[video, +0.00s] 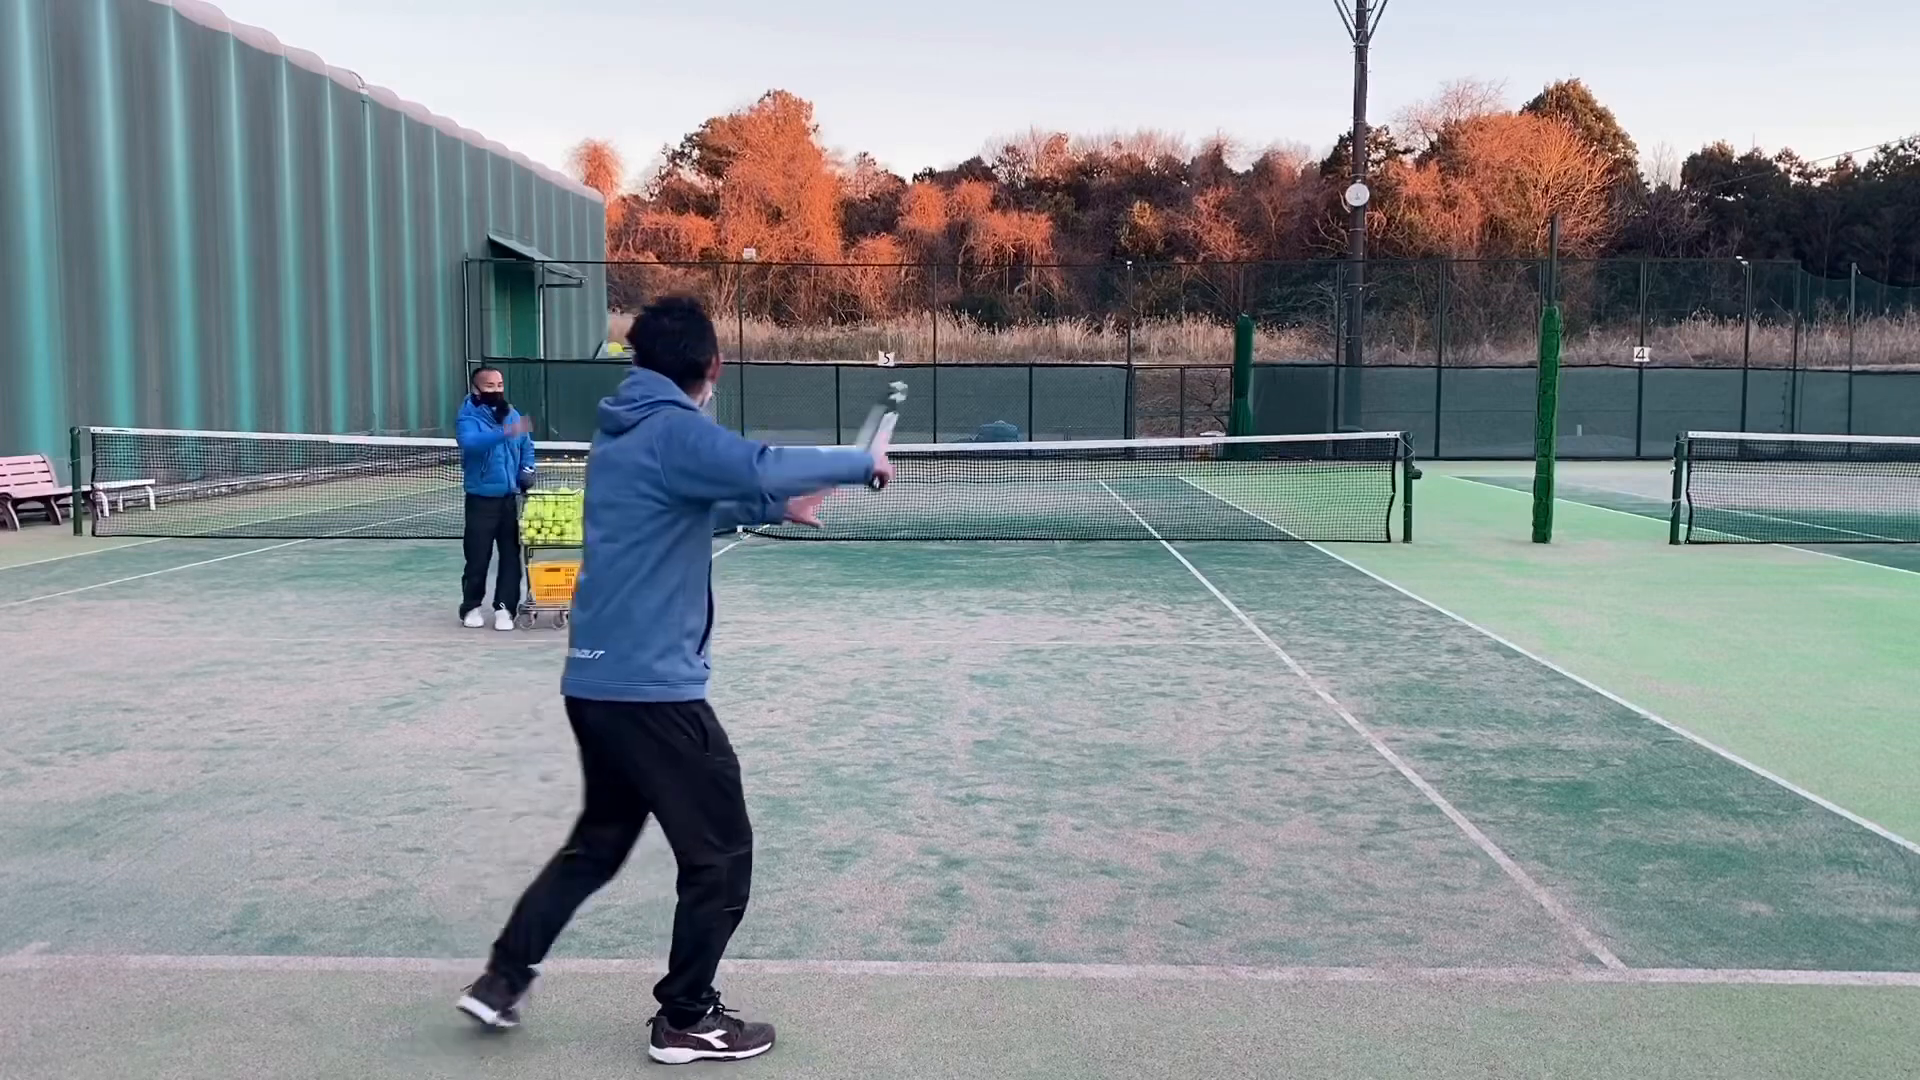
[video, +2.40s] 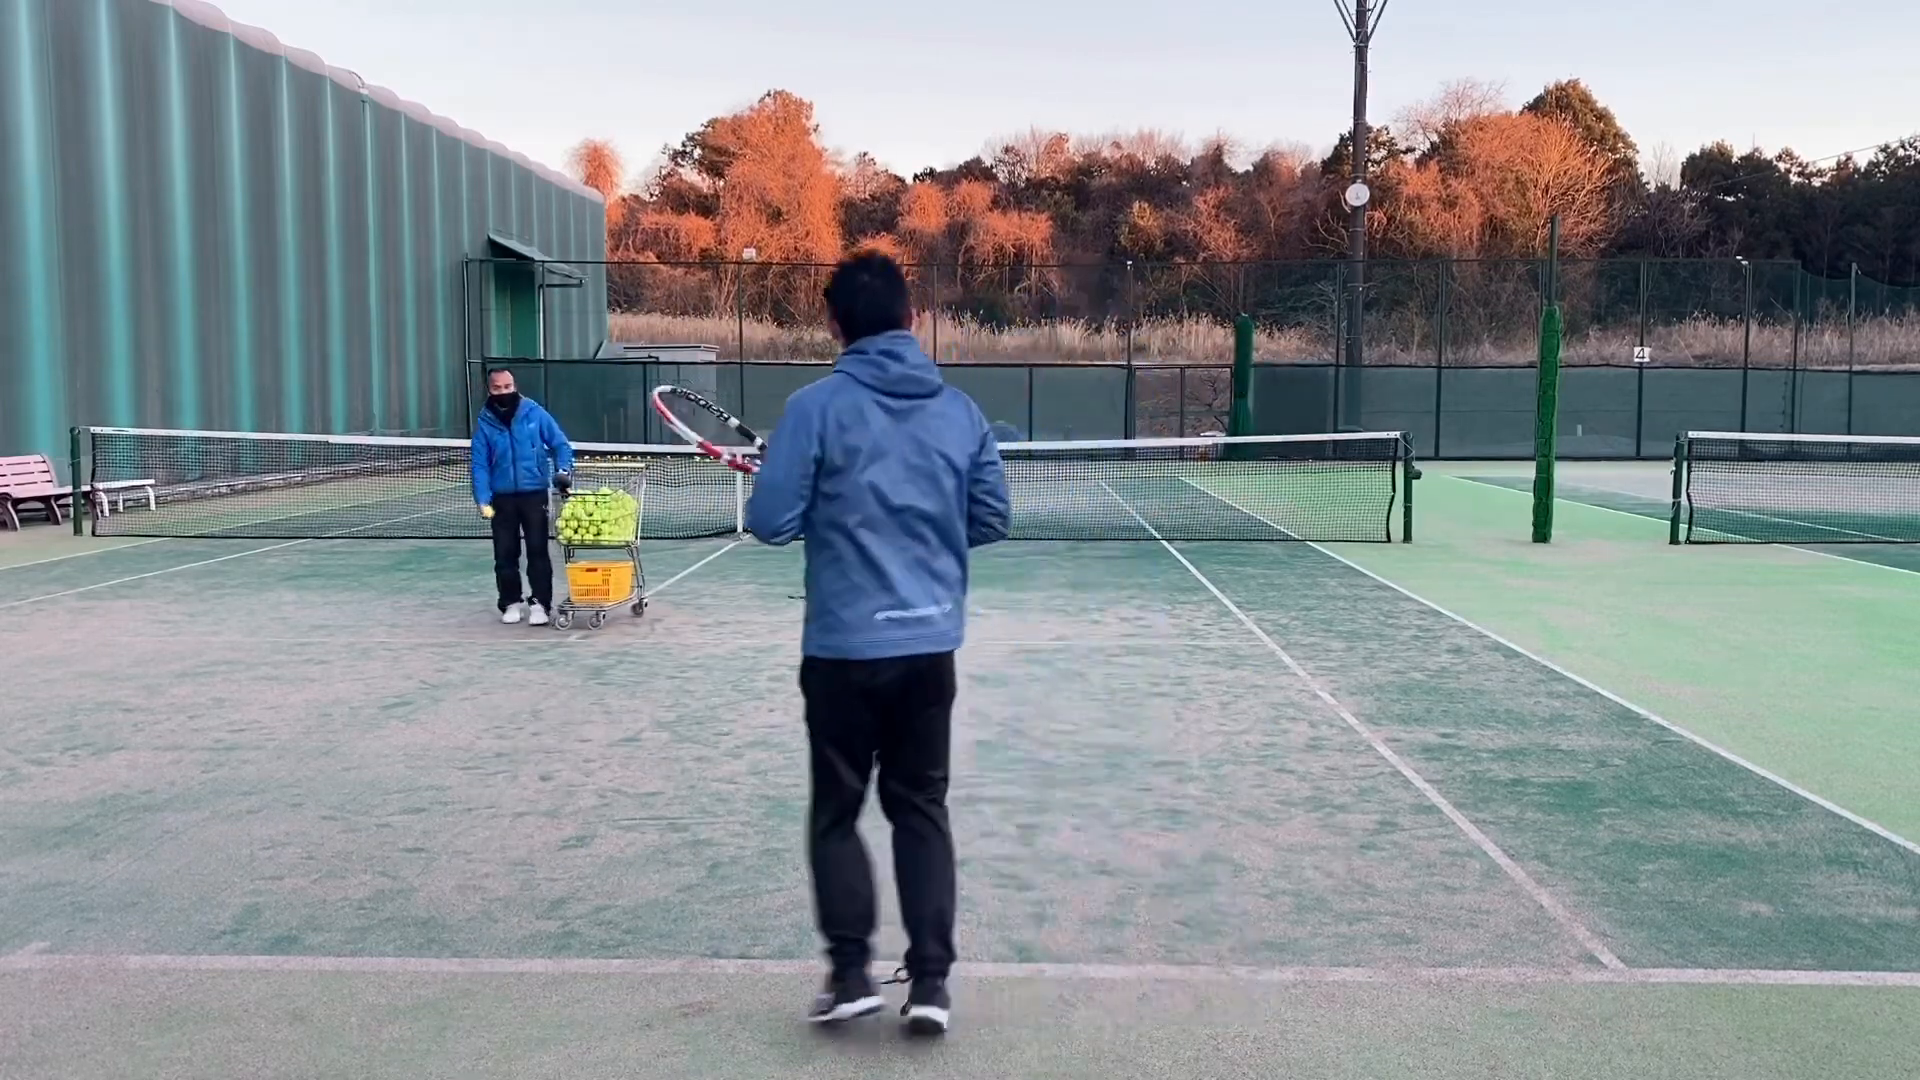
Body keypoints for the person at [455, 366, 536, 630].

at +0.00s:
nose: (497, 390)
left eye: (500, 385)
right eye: (490, 385)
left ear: (504, 386)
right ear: (476, 388)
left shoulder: (512, 415)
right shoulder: (468, 415)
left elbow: (528, 448)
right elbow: (468, 441)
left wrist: (527, 470)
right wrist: (505, 432)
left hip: (511, 496)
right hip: (481, 496)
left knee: (511, 557)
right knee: (478, 557)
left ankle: (504, 608)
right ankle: (471, 608)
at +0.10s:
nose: (497, 391)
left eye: (500, 386)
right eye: (491, 387)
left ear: (504, 387)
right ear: (477, 389)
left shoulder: (511, 415)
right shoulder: (468, 420)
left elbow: (522, 450)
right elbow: (473, 459)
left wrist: (528, 468)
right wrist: (517, 465)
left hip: (513, 497)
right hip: (483, 499)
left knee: (513, 556)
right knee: (480, 557)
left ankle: (506, 607)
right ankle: (471, 607)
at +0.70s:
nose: (527, 395)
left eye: (529, 391)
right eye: (520, 391)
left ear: (530, 391)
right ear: (506, 391)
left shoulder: (523, 417)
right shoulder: (494, 422)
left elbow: (528, 457)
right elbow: (502, 464)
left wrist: (543, 478)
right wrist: (539, 485)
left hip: (525, 500)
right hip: (498, 501)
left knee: (538, 554)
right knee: (487, 558)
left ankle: (541, 607)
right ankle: (465, 609)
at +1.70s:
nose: (549, 392)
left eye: (552, 387)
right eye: (543, 388)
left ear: (556, 388)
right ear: (530, 389)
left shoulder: (557, 416)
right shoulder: (519, 420)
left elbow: (561, 452)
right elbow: (529, 463)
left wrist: (567, 475)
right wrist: (568, 484)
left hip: (547, 494)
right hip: (520, 495)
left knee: (549, 553)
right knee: (514, 554)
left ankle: (543, 604)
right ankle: (498, 602)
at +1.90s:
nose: (537, 390)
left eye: (540, 385)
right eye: (531, 386)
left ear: (545, 386)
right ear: (519, 388)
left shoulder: (554, 416)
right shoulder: (508, 419)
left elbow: (566, 452)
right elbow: (509, 464)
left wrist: (566, 471)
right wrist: (543, 471)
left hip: (547, 496)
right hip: (517, 497)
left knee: (548, 553)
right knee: (516, 553)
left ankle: (543, 605)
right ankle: (513, 603)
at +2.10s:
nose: (520, 390)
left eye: (524, 385)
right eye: (514, 386)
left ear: (530, 386)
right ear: (505, 388)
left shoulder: (547, 415)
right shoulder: (495, 420)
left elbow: (564, 450)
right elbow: (493, 459)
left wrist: (564, 470)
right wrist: (510, 474)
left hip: (543, 495)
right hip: (510, 497)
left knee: (544, 553)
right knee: (511, 553)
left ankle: (543, 605)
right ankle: (511, 604)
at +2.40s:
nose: (503, 392)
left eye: (507, 387)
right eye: (497, 388)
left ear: (515, 387)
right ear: (490, 390)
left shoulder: (534, 413)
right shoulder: (485, 422)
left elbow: (561, 445)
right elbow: (479, 463)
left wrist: (563, 472)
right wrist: (483, 499)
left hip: (534, 494)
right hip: (502, 496)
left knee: (537, 550)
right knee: (505, 553)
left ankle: (540, 604)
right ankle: (511, 604)